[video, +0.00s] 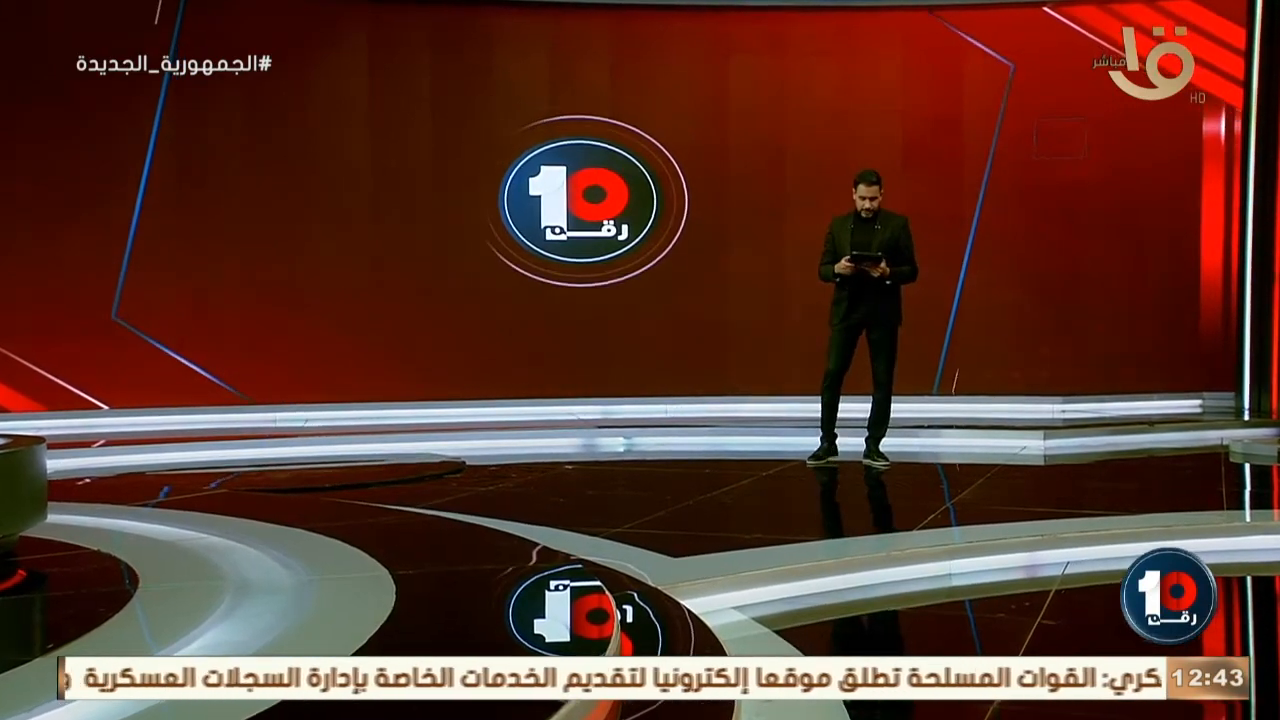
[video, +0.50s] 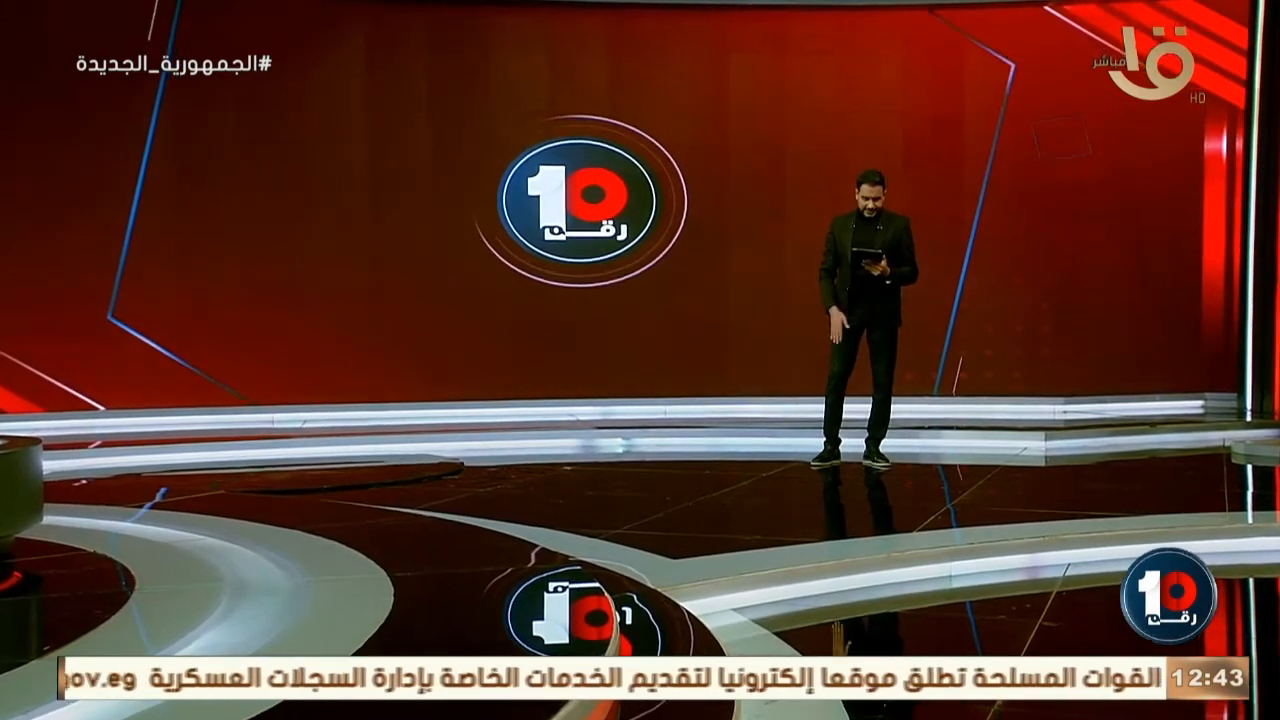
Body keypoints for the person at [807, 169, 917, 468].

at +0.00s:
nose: (868, 205)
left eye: (874, 198)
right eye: (863, 198)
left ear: (882, 197)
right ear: (854, 195)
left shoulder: (897, 225)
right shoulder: (839, 225)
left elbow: (911, 272)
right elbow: (824, 271)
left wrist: (888, 272)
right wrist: (837, 269)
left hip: (883, 315)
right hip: (846, 314)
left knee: (883, 381)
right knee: (832, 374)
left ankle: (873, 447)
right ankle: (827, 443)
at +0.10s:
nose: (869, 204)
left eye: (875, 198)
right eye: (864, 198)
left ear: (883, 196)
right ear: (855, 195)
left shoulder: (897, 225)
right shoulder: (840, 225)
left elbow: (911, 272)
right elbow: (824, 270)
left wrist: (889, 272)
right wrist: (836, 271)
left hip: (883, 315)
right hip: (847, 314)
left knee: (883, 382)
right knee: (834, 375)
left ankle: (873, 447)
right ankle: (829, 445)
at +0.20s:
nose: (870, 204)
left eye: (876, 197)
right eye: (865, 197)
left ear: (884, 196)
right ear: (856, 194)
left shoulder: (898, 225)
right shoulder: (841, 225)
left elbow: (911, 272)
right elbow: (825, 267)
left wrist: (889, 272)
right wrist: (832, 279)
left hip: (884, 315)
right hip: (847, 314)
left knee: (883, 382)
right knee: (838, 376)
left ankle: (873, 448)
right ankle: (831, 446)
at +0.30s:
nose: (871, 203)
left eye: (876, 197)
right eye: (865, 197)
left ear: (884, 196)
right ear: (856, 194)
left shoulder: (898, 225)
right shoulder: (841, 225)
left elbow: (911, 272)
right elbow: (825, 266)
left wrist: (889, 272)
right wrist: (829, 288)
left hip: (884, 316)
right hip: (848, 314)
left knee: (883, 383)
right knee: (837, 377)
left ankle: (873, 448)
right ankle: (831, 446)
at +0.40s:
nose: (871, 204)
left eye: (877, 198)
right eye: (866, 198)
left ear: (885, 196)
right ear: (856, 194)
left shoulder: (898, 225)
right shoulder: (841, 225)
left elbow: (911, 273)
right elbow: (826, 270)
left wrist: (889, 272)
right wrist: (831, 304)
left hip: (884, 317)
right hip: (848, 314)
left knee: (883, 383)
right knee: (837, 378)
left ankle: (873, 448)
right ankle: (831, 446)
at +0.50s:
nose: (871, 205)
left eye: (877, 199)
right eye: (866, 198)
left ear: (885, 196)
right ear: (857, 194)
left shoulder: (898, 226)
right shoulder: (841, 225)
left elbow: (911, 273)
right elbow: (826, 272)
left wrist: (888, 272)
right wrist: (833, 310)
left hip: (884, 317)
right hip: (848, 315)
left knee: (883, 384)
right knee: (837, 379)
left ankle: (873, 448)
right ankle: (831, 446)